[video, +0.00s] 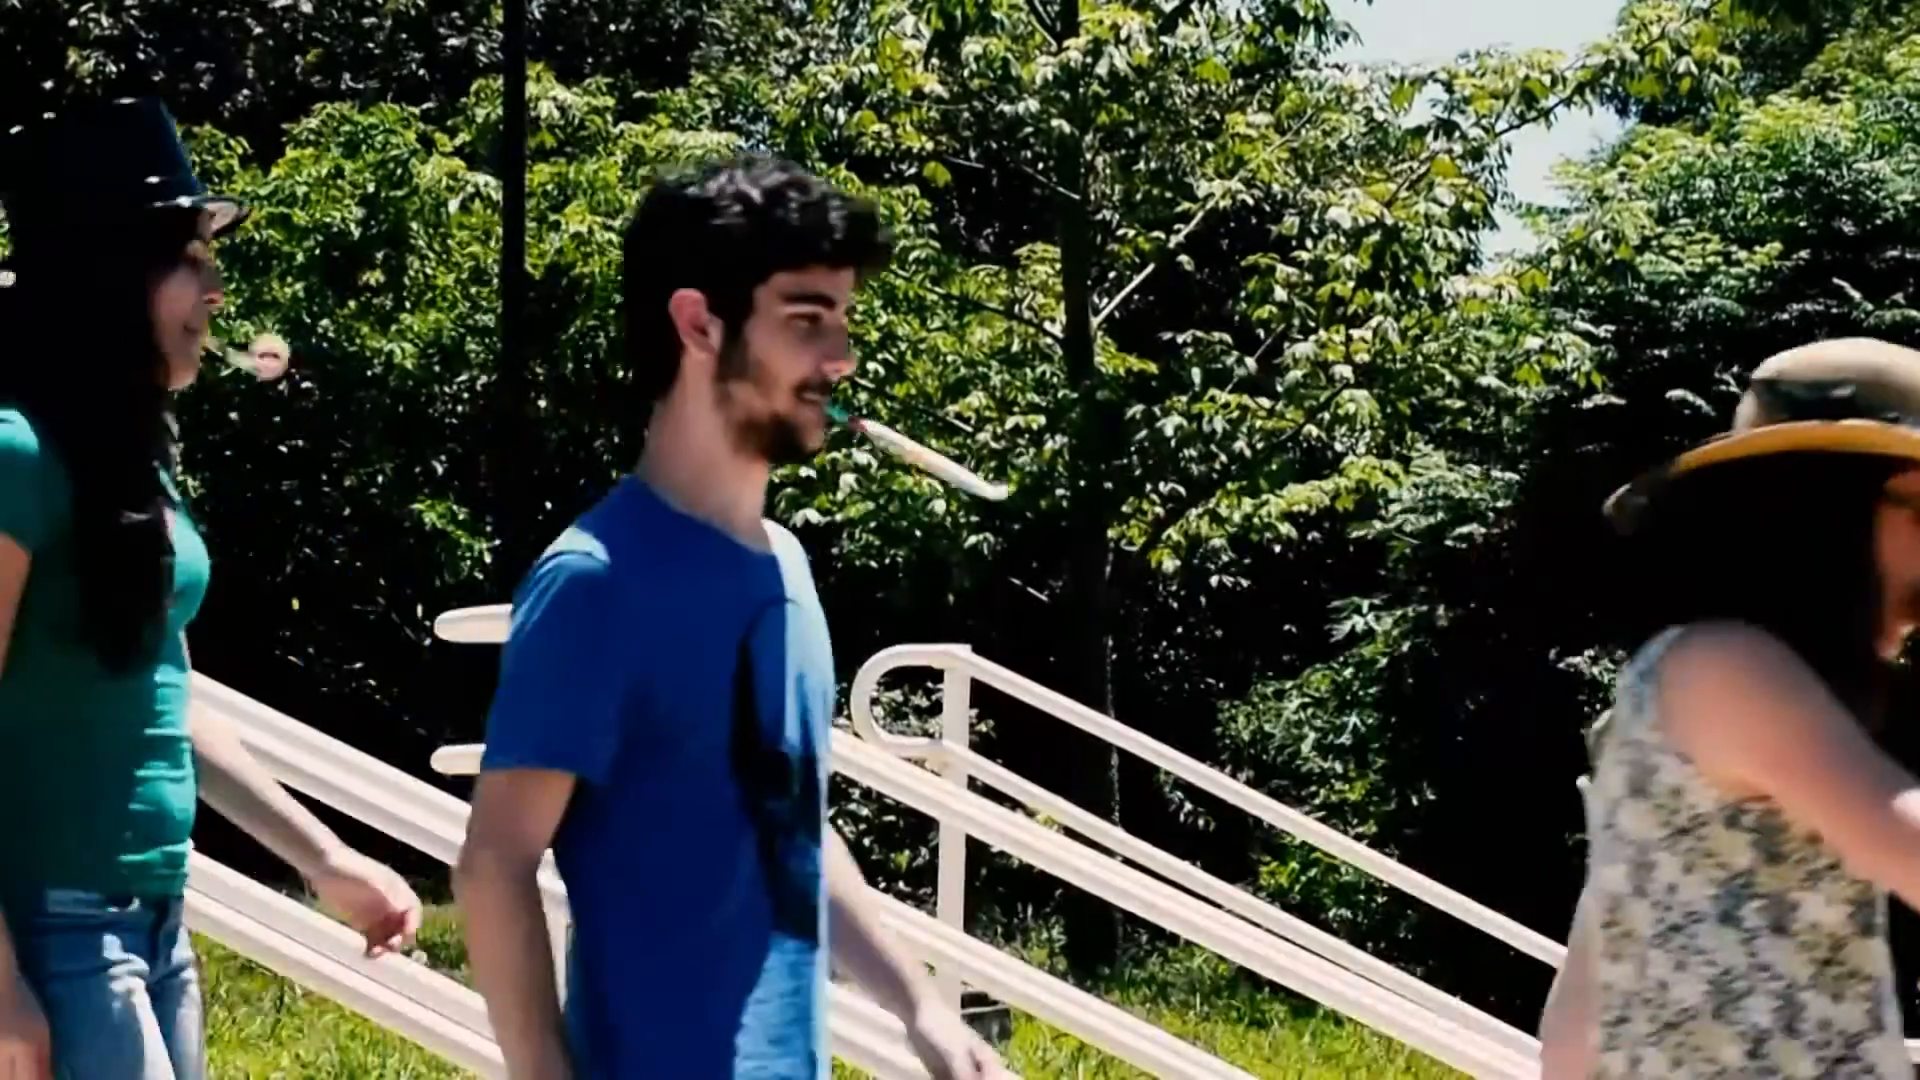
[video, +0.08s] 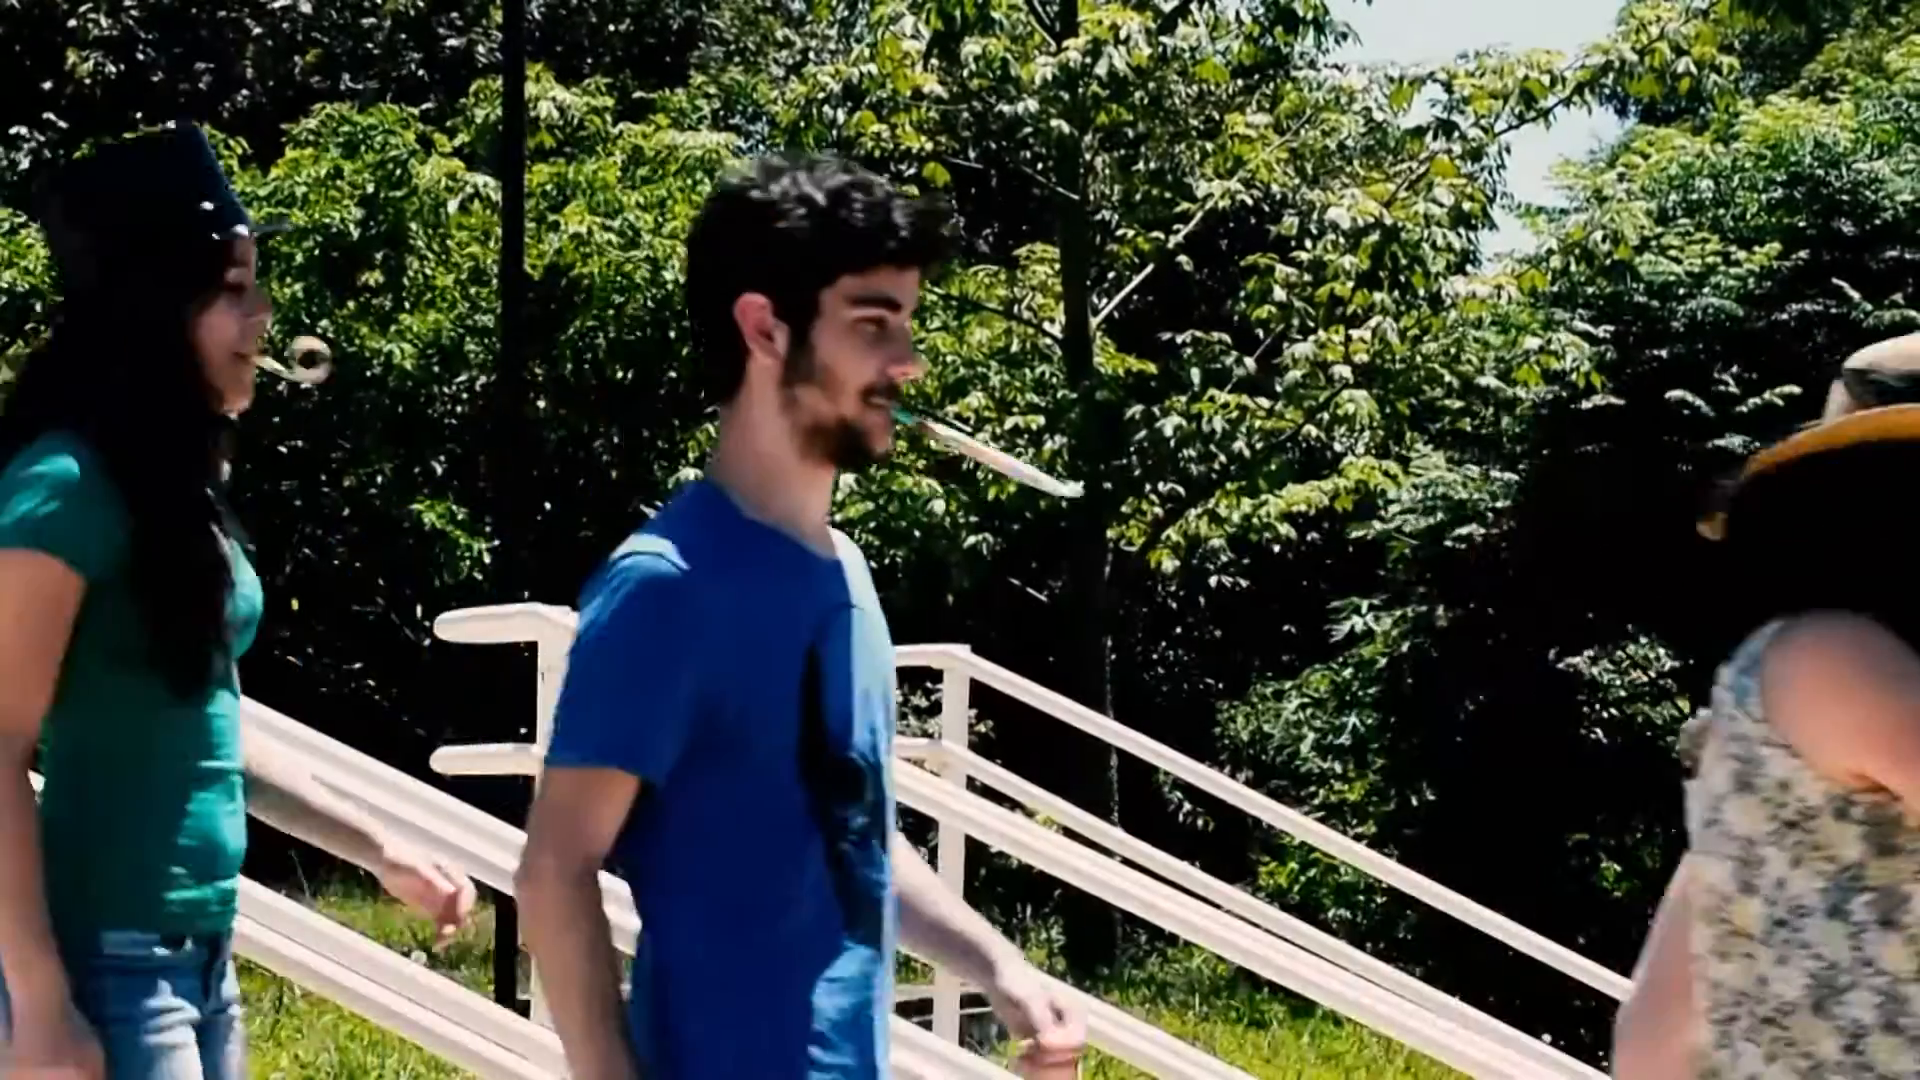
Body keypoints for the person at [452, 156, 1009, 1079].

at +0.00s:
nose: (842, 359)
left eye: (842, 324)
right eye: (808, 317)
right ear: (699, 323)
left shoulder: (782, 561)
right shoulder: (593, 583)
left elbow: (794, 827)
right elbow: (493, 869)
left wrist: (920, 1007)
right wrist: (545, 1071)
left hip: (787, 1050)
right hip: (657, 1053)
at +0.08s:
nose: (907, 362)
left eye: (906, 325)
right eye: (874, 320)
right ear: (764, 327)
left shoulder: (840, 567)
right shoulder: (662, 589)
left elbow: (852, 834)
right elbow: (553, 876)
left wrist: (999, 969)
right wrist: (608, 1068)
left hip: (848, 1050)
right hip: (722, 1054)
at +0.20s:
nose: (1020, 427)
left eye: (1018, 388)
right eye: (983, 386)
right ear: (875, 393)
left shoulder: (933, 627)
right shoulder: (773, 652)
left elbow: (949, 892)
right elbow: (656, 940)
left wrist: (1114, 1003)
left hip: (953, 1059)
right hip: (828, 1061)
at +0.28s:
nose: (1109, 489)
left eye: (1105, 450)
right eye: (1072, 446)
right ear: (961, 455)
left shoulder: (1016, 674)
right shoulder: (864, 722)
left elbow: (1037, 948)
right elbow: (742, 1011)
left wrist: (1197, 1070)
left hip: (1033, 1062)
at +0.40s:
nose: (1256, 532)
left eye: (1252, 497)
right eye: (1221, 493)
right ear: (1110, 500)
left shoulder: (1175, 730)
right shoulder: (1002, 782)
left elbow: (1180, 1019)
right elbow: (921, 1066)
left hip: (1198, 1062)